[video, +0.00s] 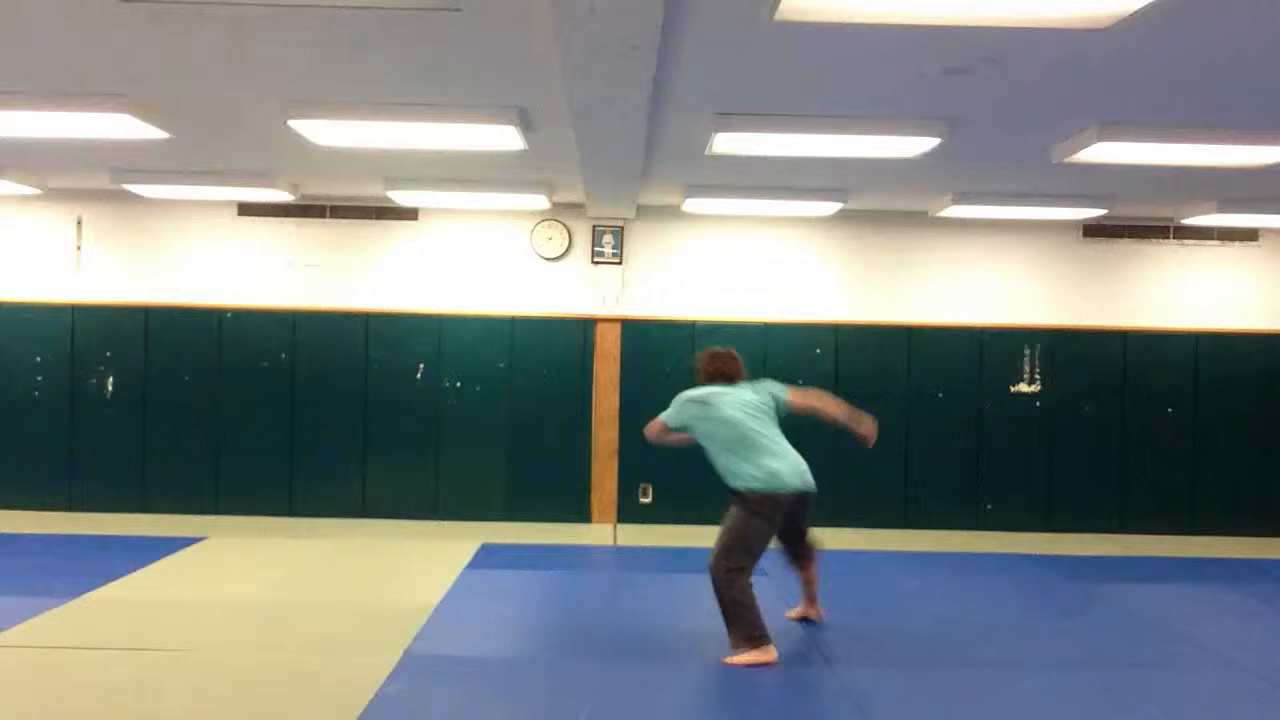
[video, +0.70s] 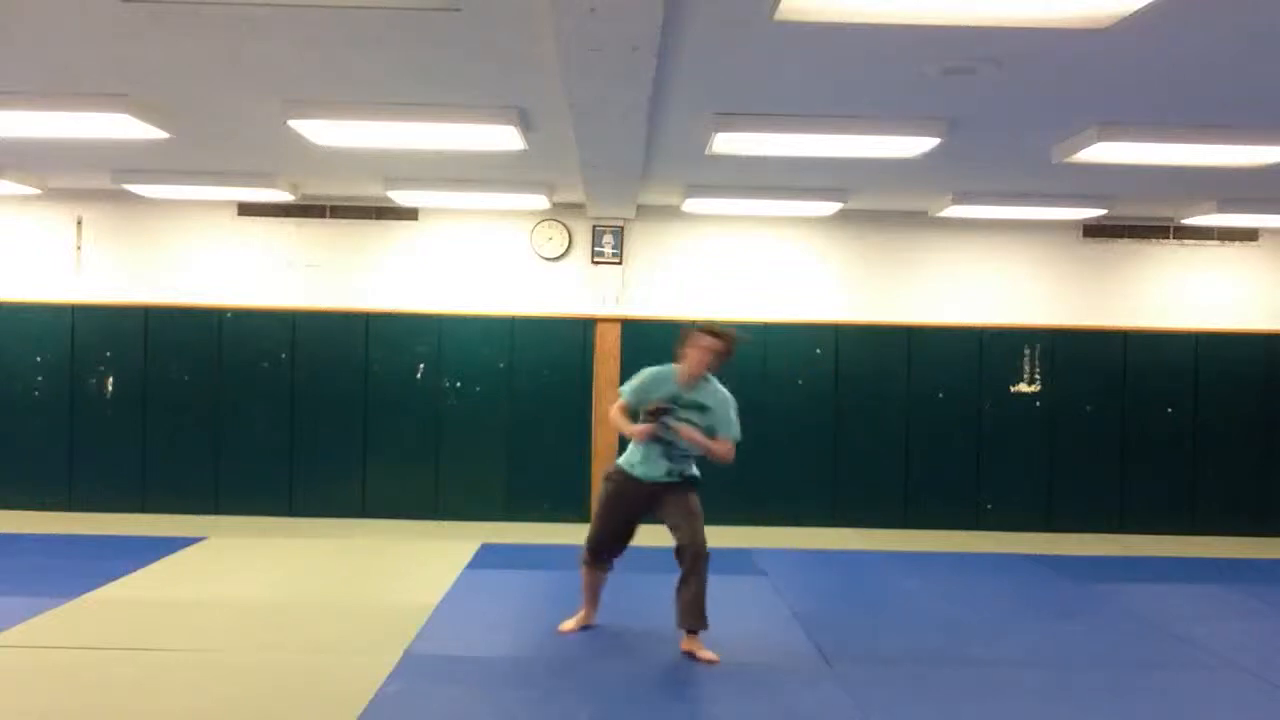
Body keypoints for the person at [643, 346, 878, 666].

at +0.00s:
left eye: (699, 373)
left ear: (702, 376)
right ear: (737, 374)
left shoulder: (692, 400)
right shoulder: (760, 389)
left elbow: (652, 433)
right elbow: (815, 399)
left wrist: (696, 435)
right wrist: (858, 420)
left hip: (761, 490)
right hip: (800, 485)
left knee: (727, 567)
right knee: (797, 541)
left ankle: (756, 645)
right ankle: (811, 606)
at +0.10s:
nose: (746, 364)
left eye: (746, 362)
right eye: (742, 361)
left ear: (699, 370)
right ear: (731, 364)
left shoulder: (689, 402)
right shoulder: (740, 377)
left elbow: (697, 436)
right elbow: (788, 374)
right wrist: (837, 384)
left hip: (736, 479)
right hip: (779, 465)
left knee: (727, 563)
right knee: (806, 519)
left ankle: (755, 640)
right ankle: (837, 577)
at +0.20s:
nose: (770, 398)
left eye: (772, 392)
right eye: (767, 388)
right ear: (751, 375)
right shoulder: (724, 385)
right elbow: (750, 372)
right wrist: (796, 374)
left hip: (695, 459)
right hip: (721, 431)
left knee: (717, 534)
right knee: (780, 433)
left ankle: (730, 617)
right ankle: (828, 435)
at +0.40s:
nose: (797, 409)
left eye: (800, 407)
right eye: (793, 400)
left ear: (793, 417)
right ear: (773, 397)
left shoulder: (749, 446)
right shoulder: (752, 398)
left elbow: (703, 480)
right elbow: (720, 400)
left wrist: (717, 497)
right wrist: (767, 412)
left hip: (690, 478)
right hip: (687, 436)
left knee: (698, 549)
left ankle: (693, 639)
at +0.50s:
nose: (797, 399)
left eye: (799, 394)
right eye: (792, 390)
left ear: (789, 401)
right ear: (770, 387)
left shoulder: (752, 437)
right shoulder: (744, 390)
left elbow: (707, 451)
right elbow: (705, 396)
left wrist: (721, 473)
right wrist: (751, 419)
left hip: (682, 476)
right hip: (654, 445)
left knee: (694, 549)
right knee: (596, 495)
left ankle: (685, 639)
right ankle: (544, 535)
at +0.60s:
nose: (762, 377)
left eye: (768, 373)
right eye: (758, 367)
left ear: (769, 383)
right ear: (738, 365)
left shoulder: (745, 424)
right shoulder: (700, 380)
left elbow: (720, 466)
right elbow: (649, 399)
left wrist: (720, 460)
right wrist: (691, 422)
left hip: (679, 485)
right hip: (636, 471)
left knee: (697, 553)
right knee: (598, 544)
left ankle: (686, 639)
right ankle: (578, 606)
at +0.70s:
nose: (704, 359)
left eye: (713, 355)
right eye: (700, 350)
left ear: (719, 362)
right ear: (684, 349)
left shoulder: (721, 400)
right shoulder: (652, 378)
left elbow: (726, 452)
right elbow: (615, 412)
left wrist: (690, 435)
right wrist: (633, 429)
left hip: (677, 482)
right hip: (631, 476)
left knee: (695, 551)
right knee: (597, 549)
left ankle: (691, 637)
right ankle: (588, 612)